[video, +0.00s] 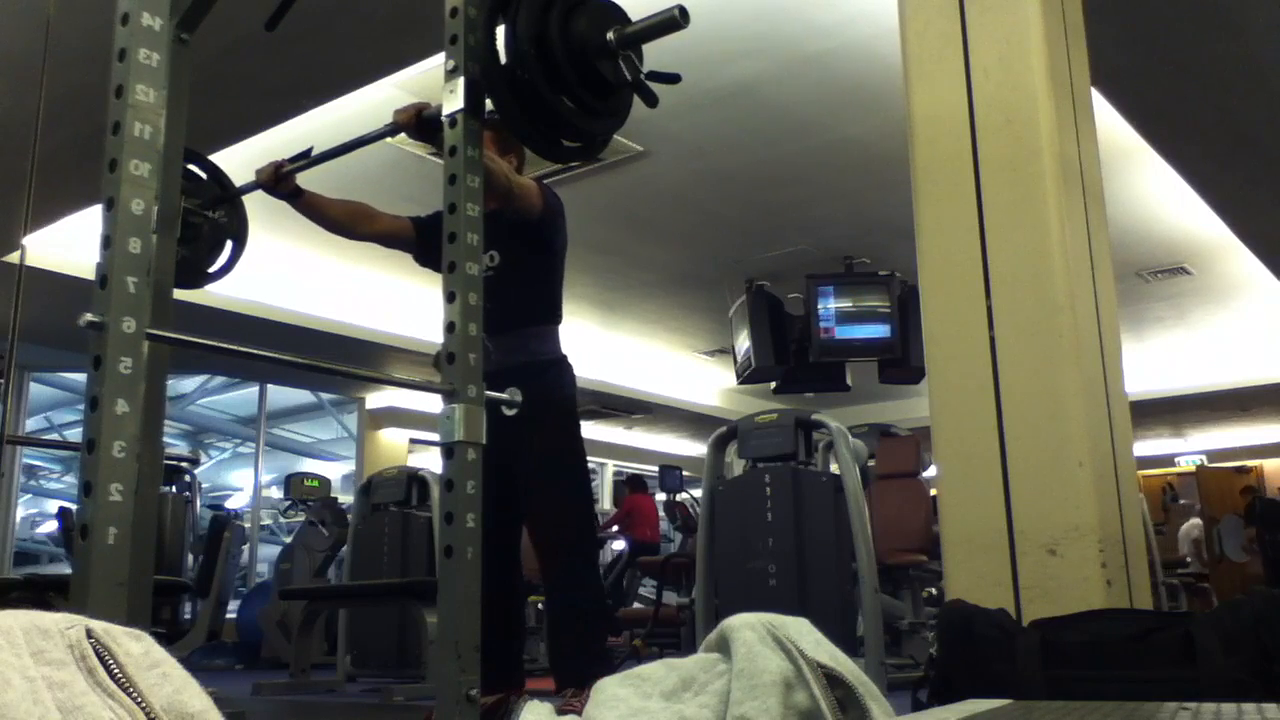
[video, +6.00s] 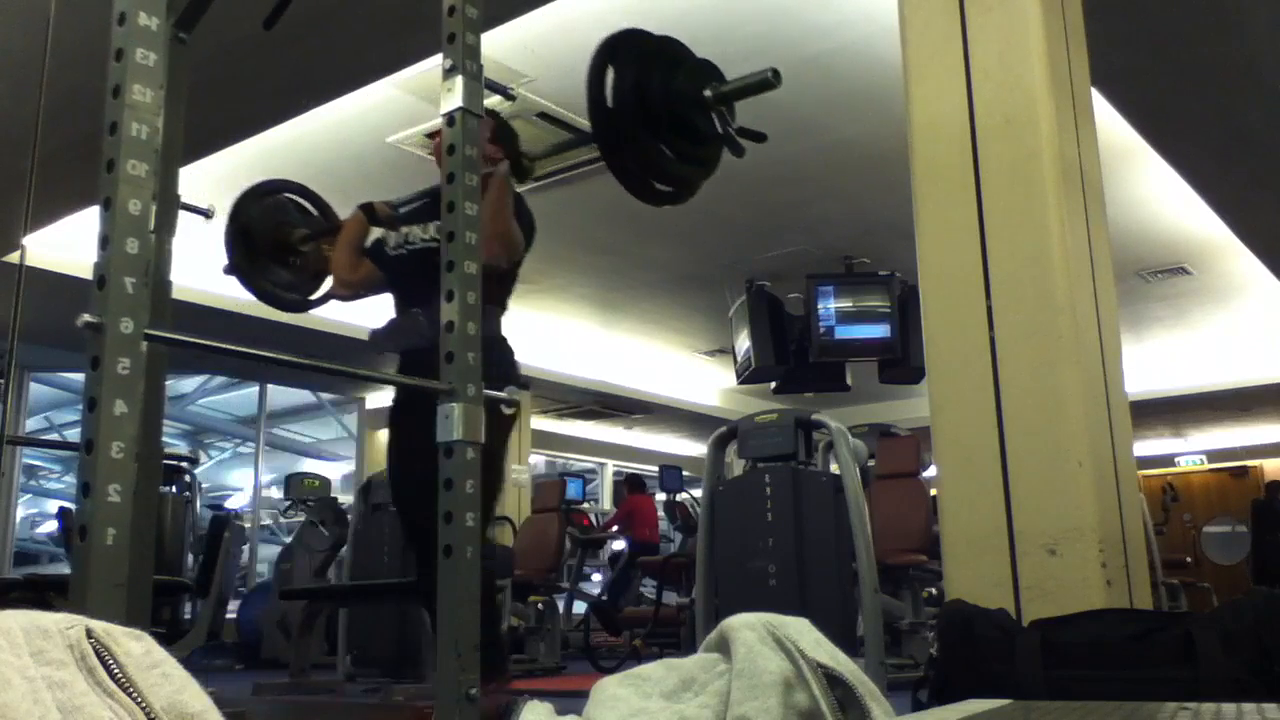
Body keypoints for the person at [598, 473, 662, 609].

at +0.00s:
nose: (627, 491)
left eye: (628, 488)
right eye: (627, 488)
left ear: (631, 488)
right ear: (645, 487)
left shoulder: (631, 500)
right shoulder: (650, 501)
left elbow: (617, 518)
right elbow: (638, 522)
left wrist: (601, 528)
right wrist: (620, 530)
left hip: (636, 546)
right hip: (654, 547)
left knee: (611, 571)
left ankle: (617, 603)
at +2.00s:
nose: (624, 490)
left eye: (625, 487)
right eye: (624, 487)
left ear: (630, 487)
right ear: (642, 486)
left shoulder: (630, 500)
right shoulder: (649, 500)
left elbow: (615, 521)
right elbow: (634, 523)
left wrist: (599, 530)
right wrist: (615, 534)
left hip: (636, 547)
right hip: (654, 547)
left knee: (605, 553)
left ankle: (611, 586)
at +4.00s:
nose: (624, 490)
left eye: (625, 487)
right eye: (624, 487)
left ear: (629, 487)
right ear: (642, 486)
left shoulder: (631, 500)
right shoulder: (649, 500)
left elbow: (618, 520)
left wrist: (602, 529)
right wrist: (618, 531)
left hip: (637, 547)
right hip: (654, 547)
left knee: (604, 560)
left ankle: (601, 596)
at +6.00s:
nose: (624, 491)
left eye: (625, 488)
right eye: (624, 488)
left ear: (629, 488)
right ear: (643, 488)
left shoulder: (631, 501)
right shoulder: (649, 501)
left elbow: (616, 519)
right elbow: (635, 523)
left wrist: (601, 529)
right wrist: (619, 532)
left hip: (638, 545)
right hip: (654, 546)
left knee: (621, 574)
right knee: (614, 559)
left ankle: (613, 603)